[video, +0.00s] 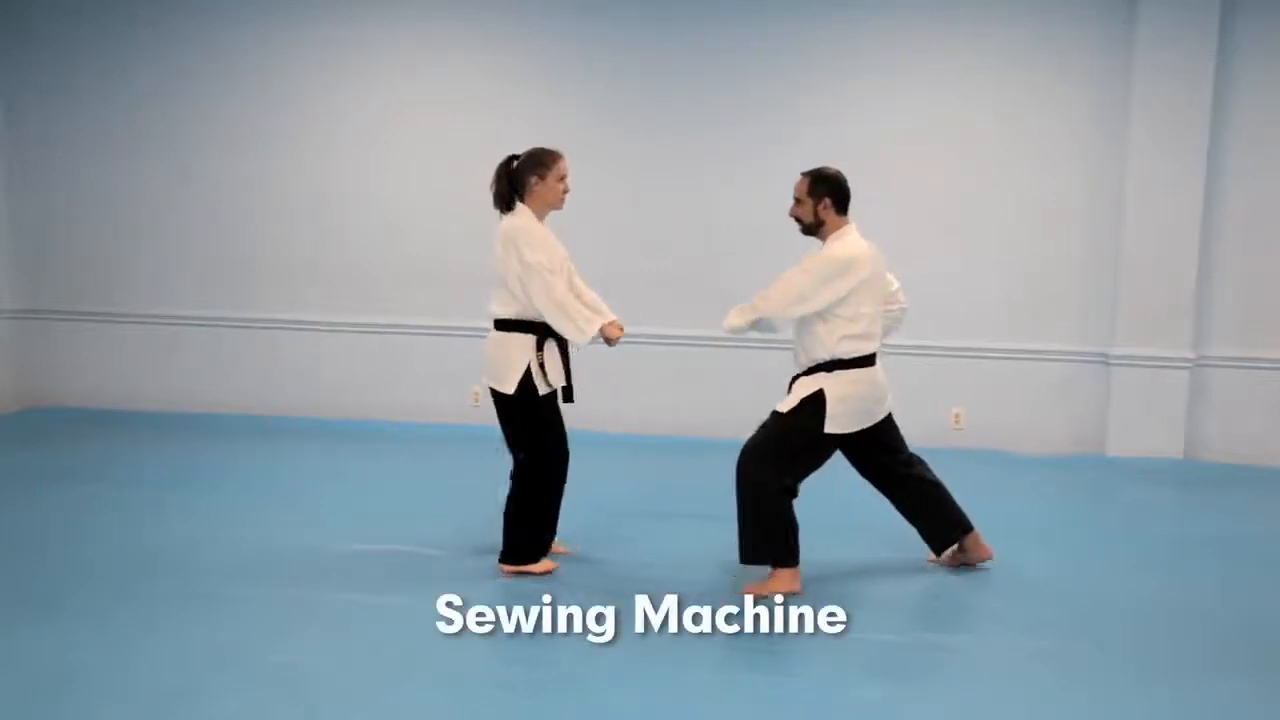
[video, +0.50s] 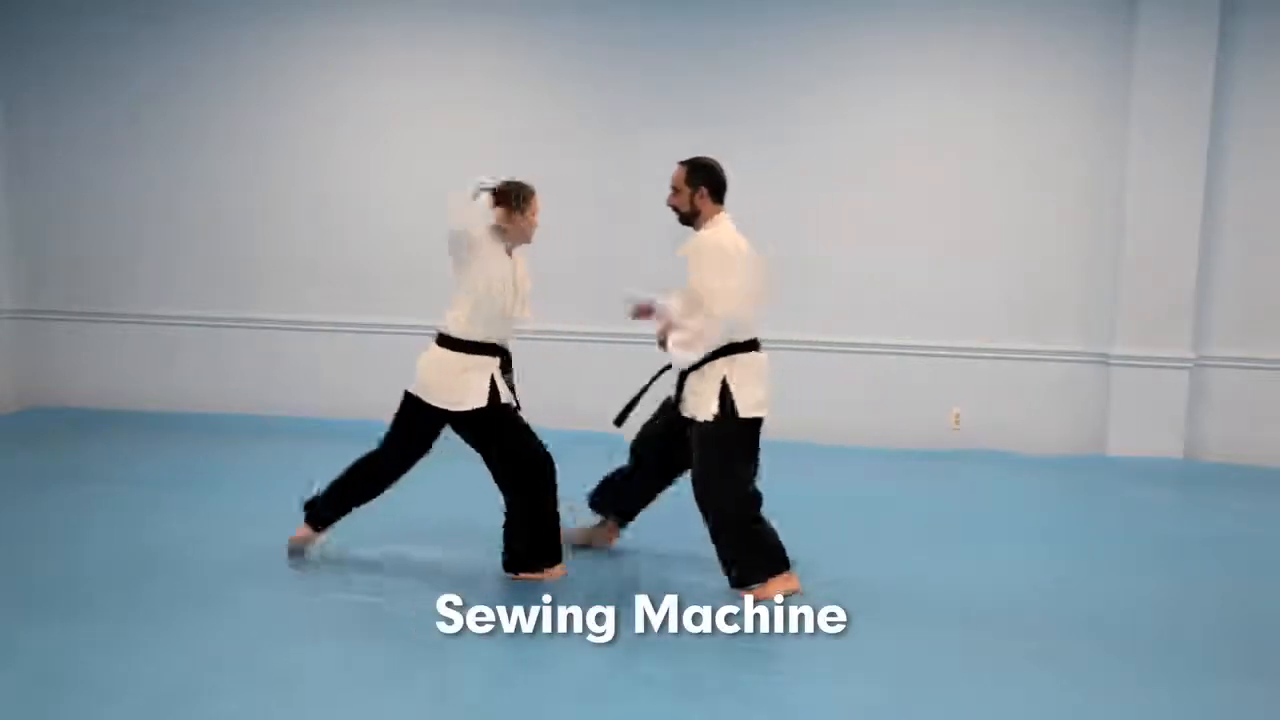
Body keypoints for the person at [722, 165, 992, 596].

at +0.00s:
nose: (791, 210)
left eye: (798, 201)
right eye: (793, 200)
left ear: (825, 206)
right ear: (831, 206)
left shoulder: (838, 254)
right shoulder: (865, 251)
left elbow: (780, 301)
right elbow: (894, 307)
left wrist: (739, 319)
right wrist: (858, 345)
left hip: (830, 393)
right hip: (864, 388)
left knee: (760, 464)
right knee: (897, 468)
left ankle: (784, 576)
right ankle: (968, 543)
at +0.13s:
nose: (764, 202)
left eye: (771, 194)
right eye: (765, 194)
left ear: (797, 198)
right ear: (804, 198)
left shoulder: (805, 248)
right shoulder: (842, 243)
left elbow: (743, 305)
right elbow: (874, 299)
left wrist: (720, 316)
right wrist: (838, 337)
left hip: (801, 386)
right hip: (838, 381)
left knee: (750, 473)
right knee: (836, 470)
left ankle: (776, 578)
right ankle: (917, 525)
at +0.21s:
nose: (743, 201)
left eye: (749, 192)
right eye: (744, 191)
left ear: (776, 195)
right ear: (785, 196)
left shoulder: (780, 246)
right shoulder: (827, 240)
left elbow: (723, 304)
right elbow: (857, 291)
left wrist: (704, 322)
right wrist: (824, 329)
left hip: (785, 381)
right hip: (823, 377)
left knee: (741, 473)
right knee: (780, 462)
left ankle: (774, 578)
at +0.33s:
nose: (712, 200)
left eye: (718, 191)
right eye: (713, 190)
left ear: (745, 195)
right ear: (753, 195)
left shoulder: (750, 244)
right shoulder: (797, 239)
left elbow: (700, 308)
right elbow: (825, 293)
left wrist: (679, 331)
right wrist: (790, 331)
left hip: (762, 379)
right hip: (793, 374)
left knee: (737, 482)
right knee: (696, 421)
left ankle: (774, 578)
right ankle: (701, 523)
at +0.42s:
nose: (691, 199)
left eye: (697, 191)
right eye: (693, 190)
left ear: (724, 195)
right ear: (730, 195)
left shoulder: (732, 243)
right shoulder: (765, 237)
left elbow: (701, 310)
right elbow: (775, 299)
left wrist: (673, 335)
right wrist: (719, 332)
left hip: (744, 378)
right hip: (756, 372)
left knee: (731, 485)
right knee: (674, 433)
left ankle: (771, 579)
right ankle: (626, 512)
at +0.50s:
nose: (669, 199)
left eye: (676, 191)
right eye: (671, 190)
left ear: (702, 195)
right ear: (704, 196)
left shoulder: (716, 246)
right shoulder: (713, 241)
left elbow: (722, 319)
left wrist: (673, 338)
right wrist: (661, 308)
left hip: (728, 382)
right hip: (706, 378)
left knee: (723, 488)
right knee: (654, 453)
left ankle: (773, 577)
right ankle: (606, 526)